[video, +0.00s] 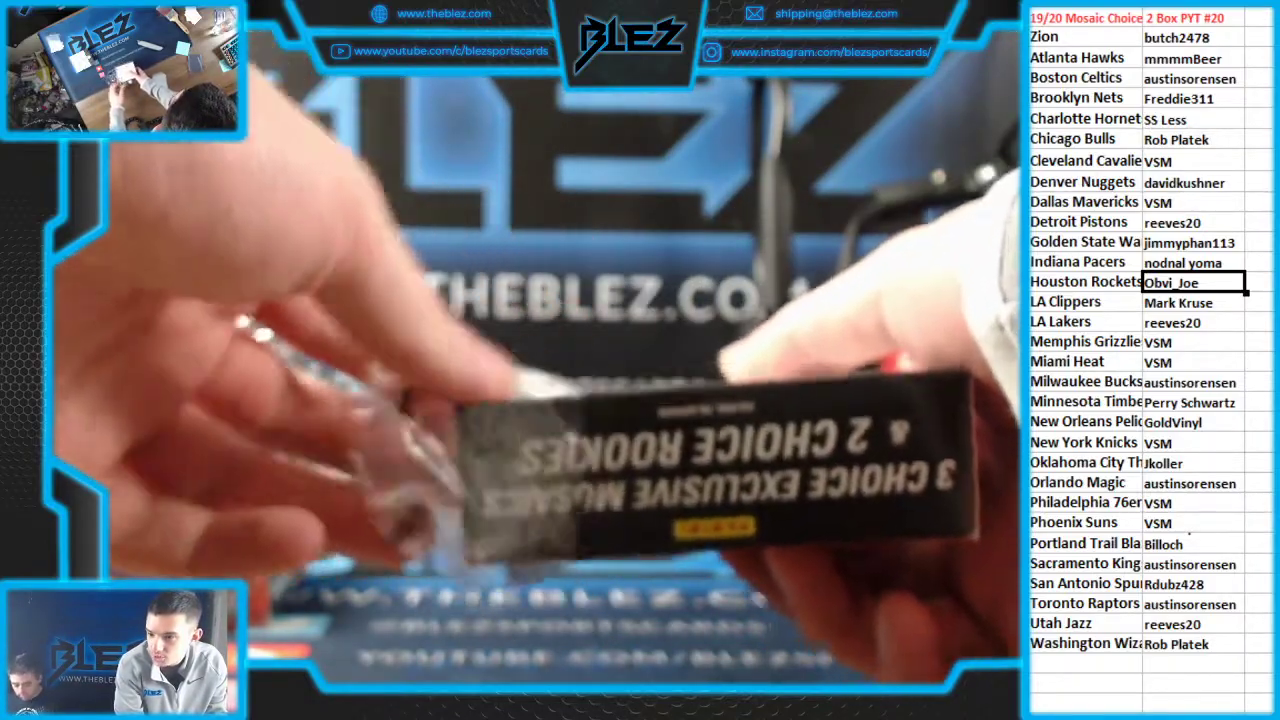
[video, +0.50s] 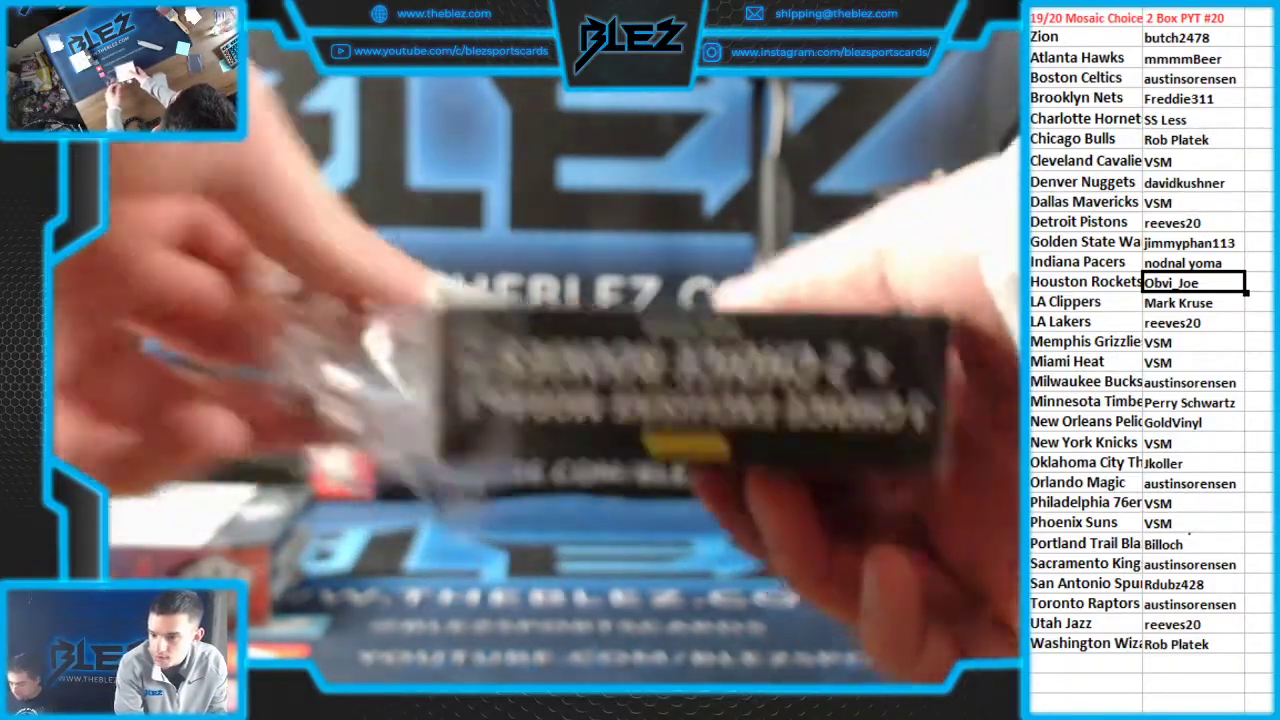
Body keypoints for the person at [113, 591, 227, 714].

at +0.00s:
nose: (157, 647)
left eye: (169, 637)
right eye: (151, 635)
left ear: (195, 636)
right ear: (146, 629)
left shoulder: (212, 661)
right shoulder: (130, 664)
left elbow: (217, 713)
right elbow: (128, 715)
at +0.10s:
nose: (157, 647)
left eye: (169, 637)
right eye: (151, 635)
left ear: (195, 637)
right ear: (146, 629)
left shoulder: (212, 661)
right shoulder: (130, 664)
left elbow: (217, 713)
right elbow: (128, 714)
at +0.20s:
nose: (158, 647)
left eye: (169, 637)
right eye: (151, 635)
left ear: (195, 637)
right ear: (146, 629)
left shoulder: (212, 661)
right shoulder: (130, 664)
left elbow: (217, 713)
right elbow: (128, 715)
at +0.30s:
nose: (158, 647)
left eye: (170, 637)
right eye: (151, 635)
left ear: (196, 636)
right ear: (147, 629)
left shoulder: (212, 661)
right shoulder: (130, 664)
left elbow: (217, 713)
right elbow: (128, 714)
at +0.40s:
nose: (159, 647)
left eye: (171, 637)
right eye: (152, 635)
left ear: (196, 636)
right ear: (147, 629)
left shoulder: (212, 661)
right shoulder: (131, 664)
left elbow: (217, 713)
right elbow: (128, 714)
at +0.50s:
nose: (160, 648)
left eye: (172, 637)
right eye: (153, 635)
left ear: (197, 636)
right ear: (147, 629)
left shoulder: (213, 661)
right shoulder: (131, 664)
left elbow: (217, 713)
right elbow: (128, 714)